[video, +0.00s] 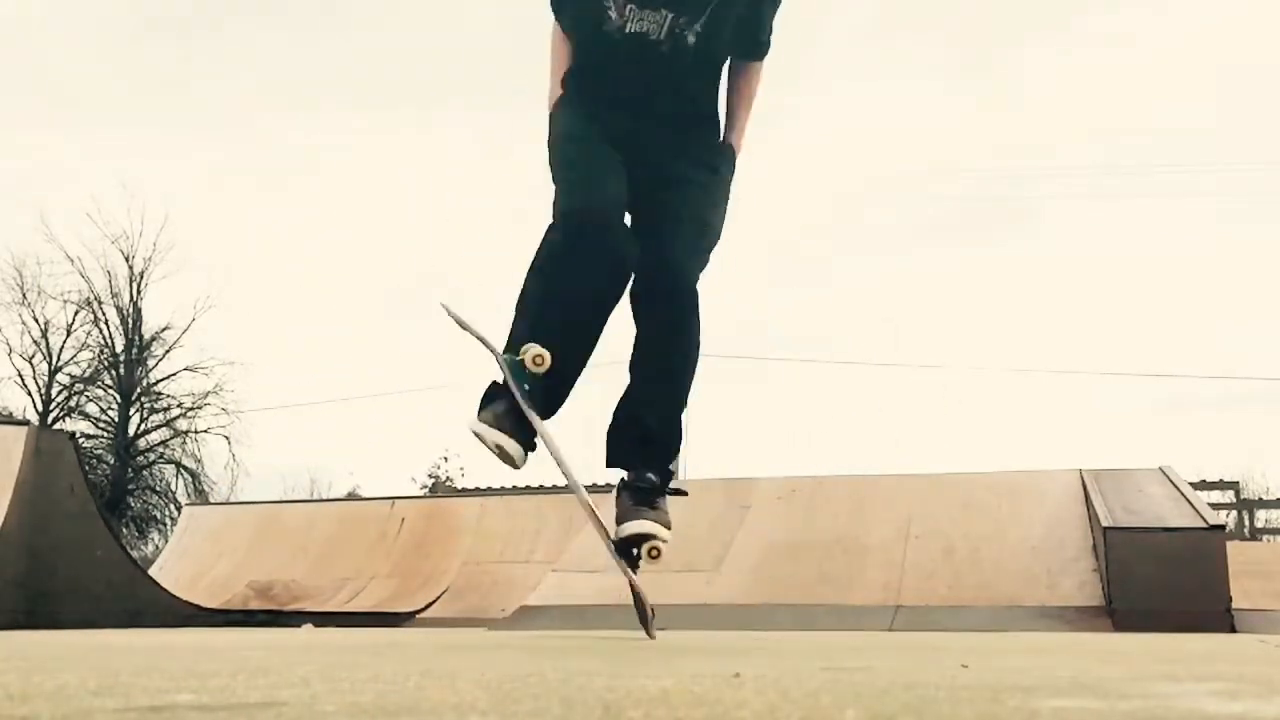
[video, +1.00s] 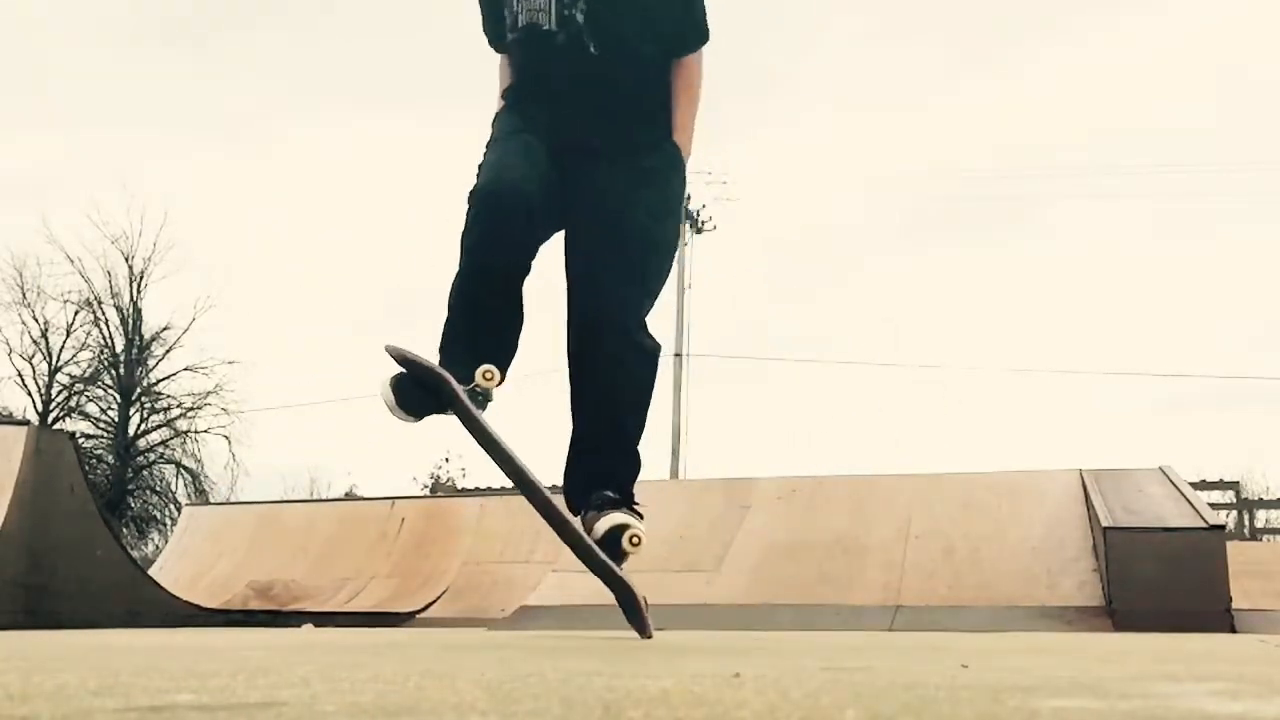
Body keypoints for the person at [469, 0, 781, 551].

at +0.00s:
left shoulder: (753, 5)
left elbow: (748, 55)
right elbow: (566, 25)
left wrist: (731, 148)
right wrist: (559, 112)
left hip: (686, 122)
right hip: (592, 109)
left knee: (671, 289)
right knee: (593, 236)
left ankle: (645, 477)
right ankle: (520, 397)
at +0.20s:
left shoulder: (772, 9)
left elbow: (778, 48)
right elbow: (590, 19)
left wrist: (732, 143)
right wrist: (567, 83)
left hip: (695, 120)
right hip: (604, 80)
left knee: (653, 296)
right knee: (546, 178)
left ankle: (630, 486)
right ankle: (461, 341)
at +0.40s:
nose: (625, 20)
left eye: (636, 9)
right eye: (615, 11)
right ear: (603, 6)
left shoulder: (749, 13)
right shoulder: (589, 7)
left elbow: (767, 58)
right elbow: (581, 36)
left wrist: (733, 148)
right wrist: (569, 100)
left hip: (696, 116)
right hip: (604, 88)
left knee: (657, 296)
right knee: (553, 189)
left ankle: (632, 485)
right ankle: (473, 348)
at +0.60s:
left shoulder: (734, 8)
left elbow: (749, 52)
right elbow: (565, 38)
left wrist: (726, 148)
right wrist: (559, 107)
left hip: (690, 107)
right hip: (595, 89)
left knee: (653, 300)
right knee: (555, 181)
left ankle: (628, 483)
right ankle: (490, 340)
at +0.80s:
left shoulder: (709, 7)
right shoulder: (539, 5)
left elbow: (725, 57)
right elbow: (545, 48)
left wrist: (710, 161)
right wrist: (540, 127)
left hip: (669, 119)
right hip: (572, 111)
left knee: (639, 309)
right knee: (544, 193)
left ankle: (624, 490)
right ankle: (492, 348)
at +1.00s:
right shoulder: (501, 4)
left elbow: (687, 47)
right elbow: (509, 52)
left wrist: (677, 157)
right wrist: (503, 132)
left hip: (633, 128)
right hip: (536, 122)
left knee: (612, 325)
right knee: (502, 198)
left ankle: (603, 496)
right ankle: (470, 364)